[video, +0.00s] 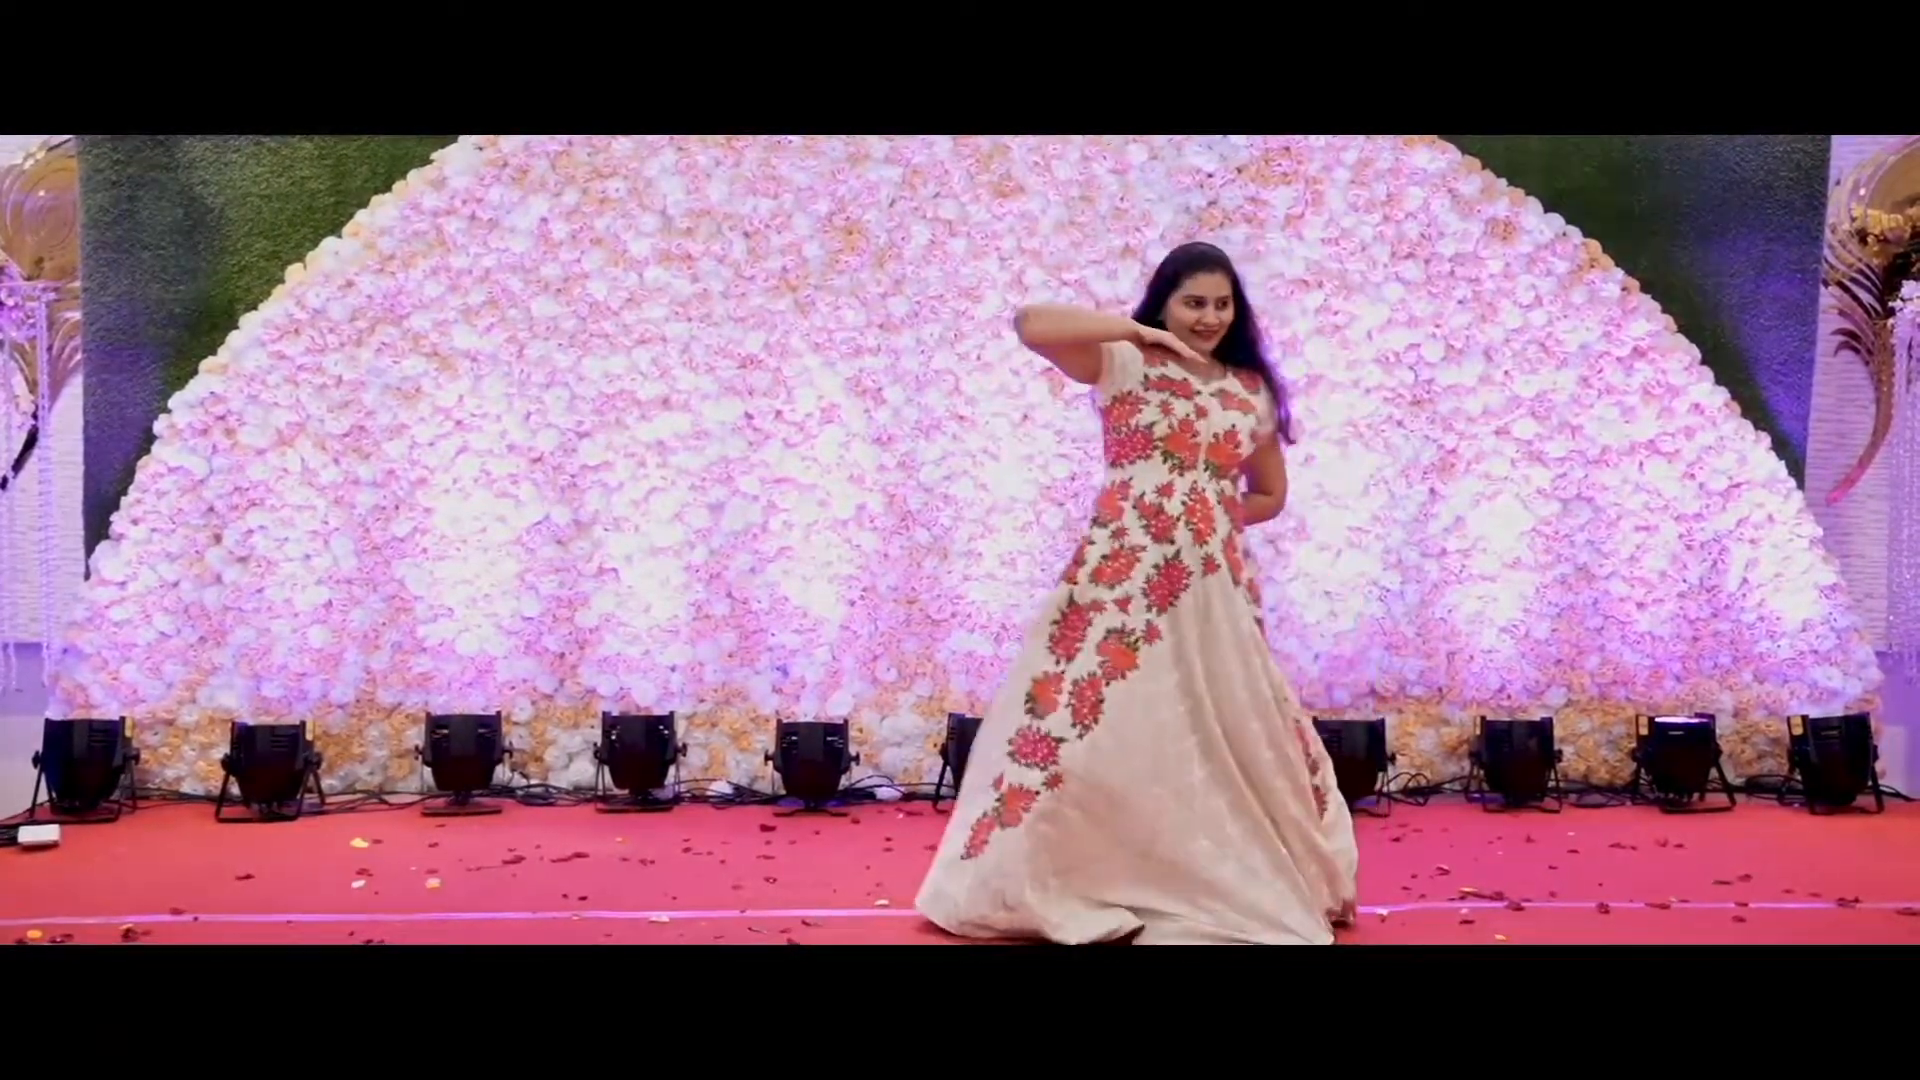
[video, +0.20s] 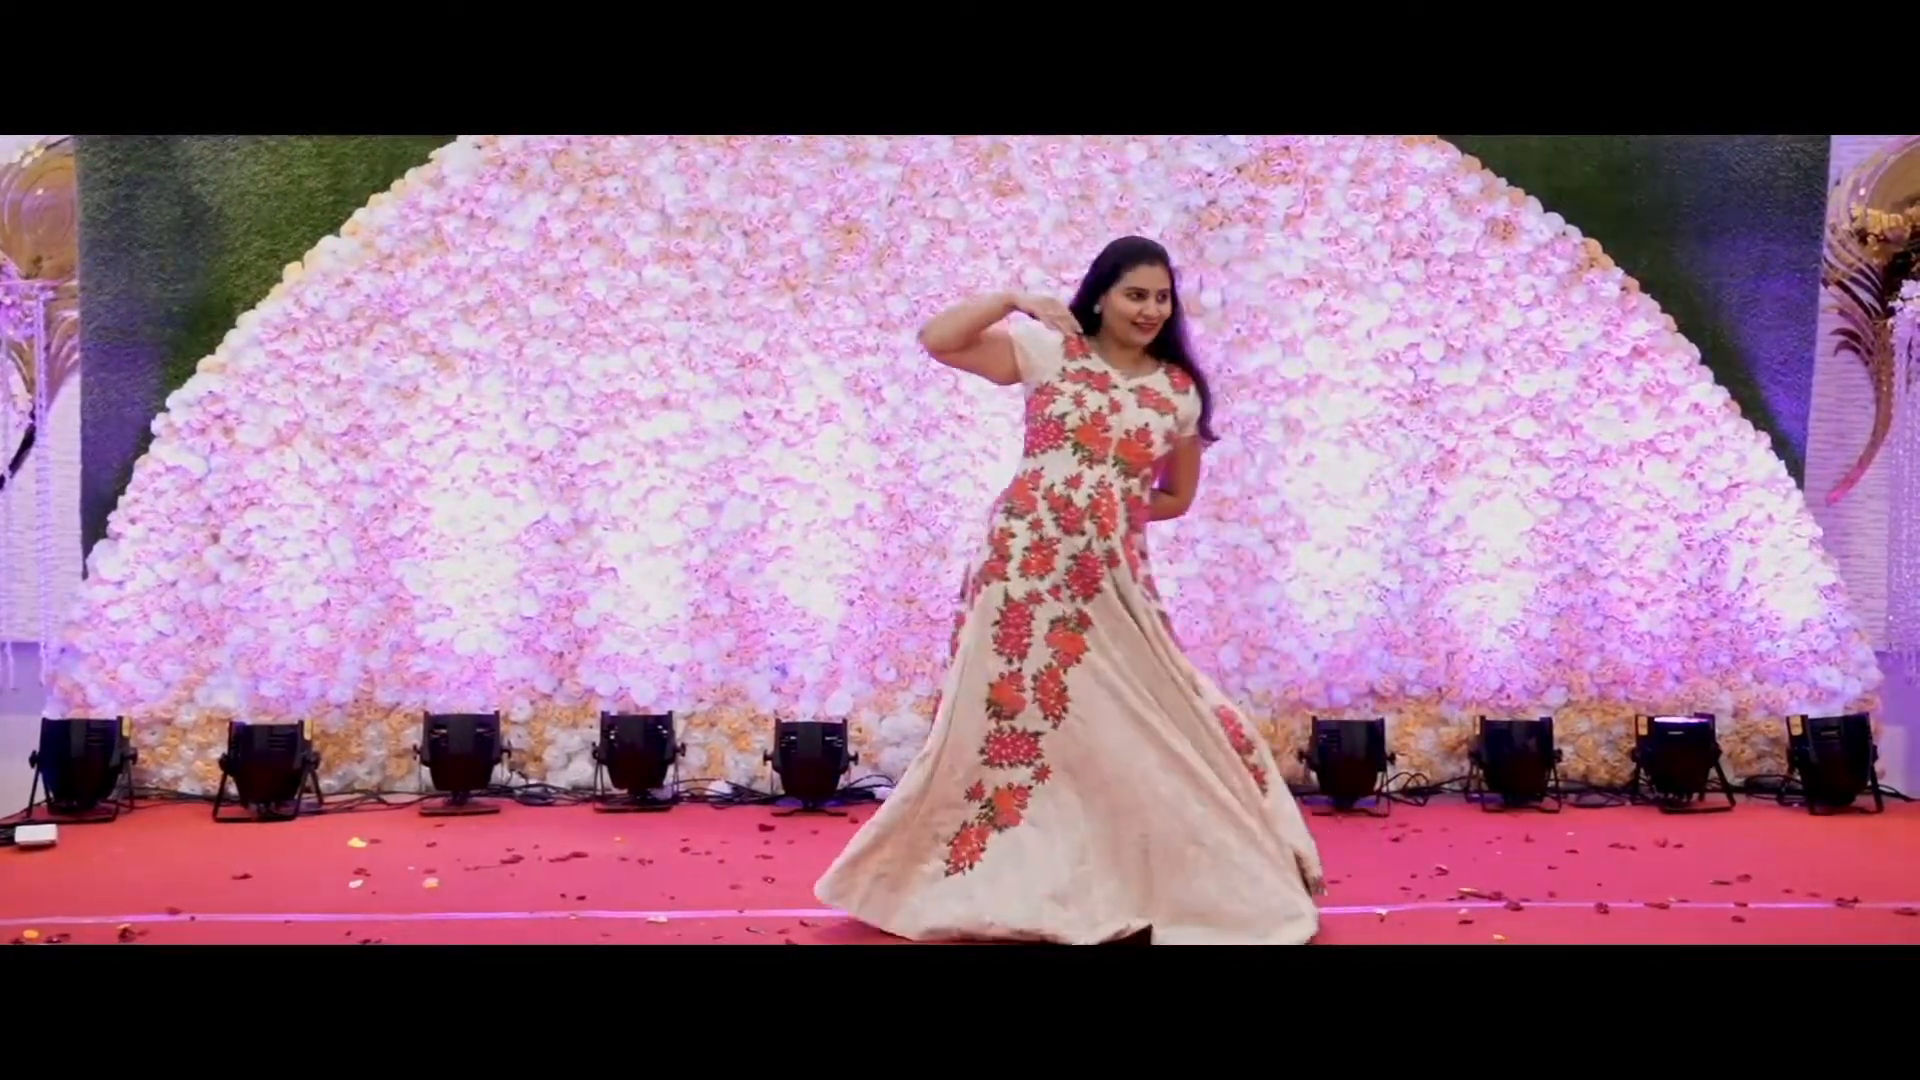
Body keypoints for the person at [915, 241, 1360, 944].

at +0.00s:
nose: (1209, 316)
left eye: (1222, 304)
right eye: (1194, 301)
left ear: (1235, 312)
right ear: (1163, 303)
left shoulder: (1249, 393)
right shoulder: (1123, 361)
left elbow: (1271, 495)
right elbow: (1033, 325)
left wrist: (1206, 512)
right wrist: (1136, 330)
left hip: (1207, 572)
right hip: (1124, 561)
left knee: (1209, 728)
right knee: (1109, 722)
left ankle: (1215, 886)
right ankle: (1104, 889)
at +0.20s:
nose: (1150, 309)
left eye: (1162, 297)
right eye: (1135, 294)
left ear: (1172, 306)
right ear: (1100, 297)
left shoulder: (1178, 393)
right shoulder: (1048, 352)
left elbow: (1176, 498)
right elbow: (939, 341)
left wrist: (1109, 504)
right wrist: (1011, 299)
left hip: (1108, 567)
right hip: (1027, 553)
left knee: (1113, 725)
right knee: (1016, 719)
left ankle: (1110, 894)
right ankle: (1007, 891)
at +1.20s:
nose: (1143, 319)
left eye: (1149, 308)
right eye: (1134, 305)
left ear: (1137, 306)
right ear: (1095, 293)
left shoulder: (1123, 375)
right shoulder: (1042, 331)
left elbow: (1187, 422)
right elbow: (1153, 335)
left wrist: (1286, 375)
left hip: (1102, 557)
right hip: (1040, 554)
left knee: (1128, 713)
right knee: (1049, 718)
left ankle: (1133, 884)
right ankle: (1040, 889)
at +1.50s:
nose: (1196, 378)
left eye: (1200, 366)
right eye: (1192, 363)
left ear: (1169, 354)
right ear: (1161, 345)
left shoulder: (1152, 422)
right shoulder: (1109, 371)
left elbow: (1188, 510)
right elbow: (1210, 419)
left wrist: (1288, 518)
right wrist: (1267, 473)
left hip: (1120, 583)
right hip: (1072, 575)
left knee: (1187, 722)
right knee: (1083, 734)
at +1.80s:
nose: (1159, 333)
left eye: (1167, 324)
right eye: (1147, 318)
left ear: (1167, 334)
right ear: (1115, 313)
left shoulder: (1141, 419)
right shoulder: (1068, 347)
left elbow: (1170, 496)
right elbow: (1119, 260)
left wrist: (1261, 481)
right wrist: (1201, 308)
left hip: (1089, 571)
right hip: (1012, 560)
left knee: (1141, 718)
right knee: (1029, 729)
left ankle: (1137, 890)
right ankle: (1034, 899)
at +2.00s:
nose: (1102, 306)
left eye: (1113, 296)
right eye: (1088, 293)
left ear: (1122, 307)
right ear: (1057, 295)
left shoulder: (1099, 399)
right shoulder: (1016, 339)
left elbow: (1131, 481)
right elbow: (1052, 236)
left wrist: (1222, 456)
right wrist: (1145, 241)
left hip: (1057, 564)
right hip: (979, 556)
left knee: (1109, 717)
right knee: (996, 727)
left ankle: (1181, 892)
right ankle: (1013, 898)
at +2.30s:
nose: (1036, 301)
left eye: (1048, 290)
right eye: (1022, 286)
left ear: (1059, 299)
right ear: (991, 288)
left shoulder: (1058, 392)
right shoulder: (957, 352)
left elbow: (1107, 472)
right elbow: (983, 262)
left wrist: (1201, 467)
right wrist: (1069, 211)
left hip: (1047, 561)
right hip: (966, 556)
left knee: (1080, 720)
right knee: (975, 725)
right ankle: (981, 894)